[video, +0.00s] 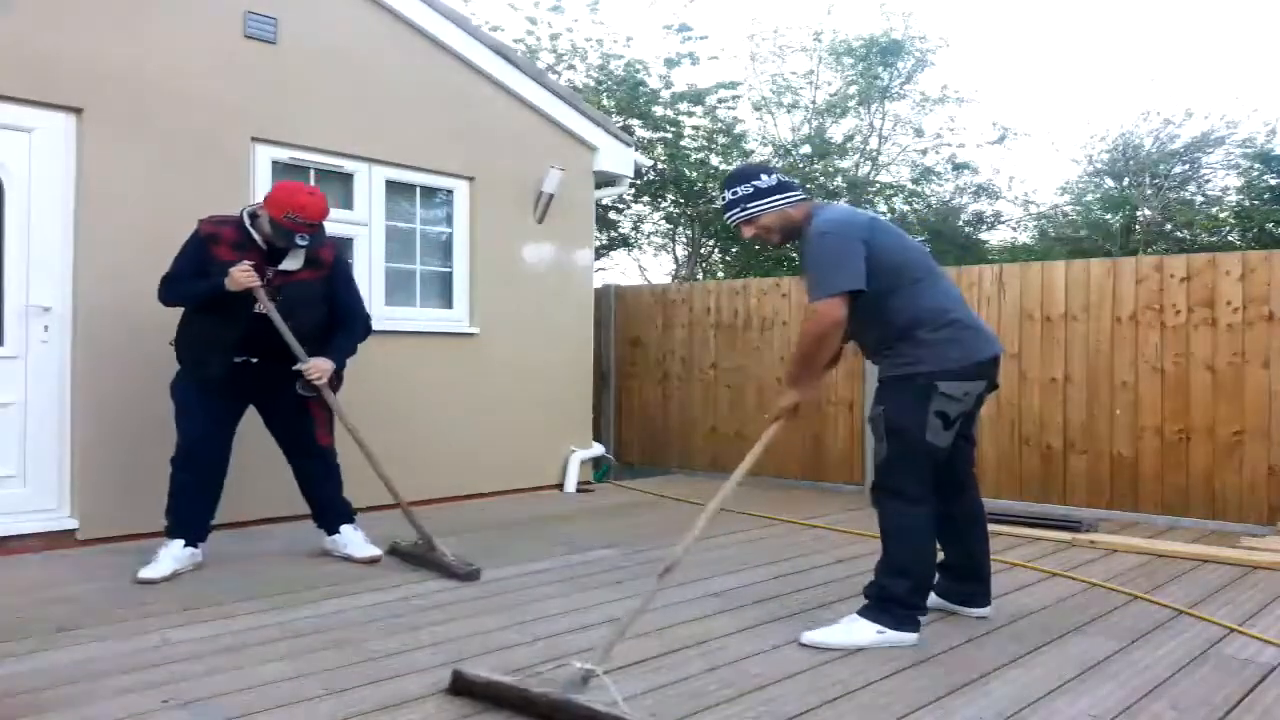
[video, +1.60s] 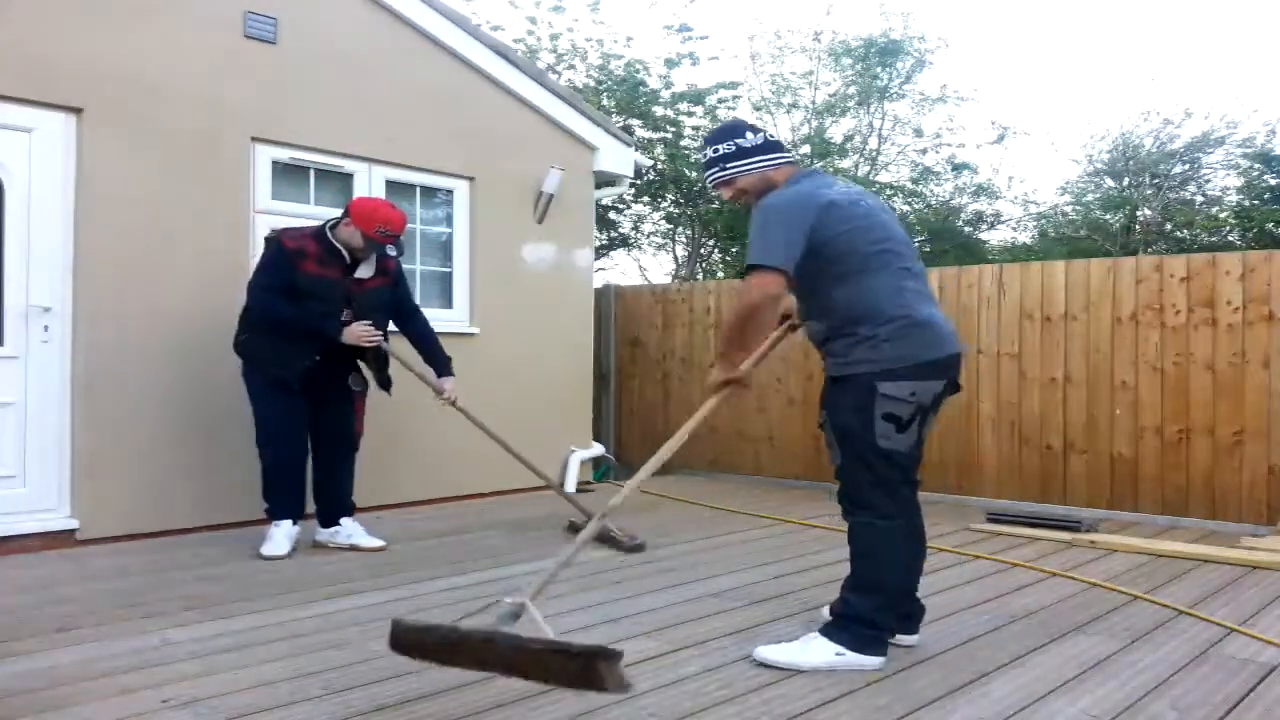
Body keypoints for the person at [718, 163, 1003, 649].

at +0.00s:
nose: (751, 235)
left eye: (749, 222)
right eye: (743, 229)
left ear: (773, 203)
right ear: (779, 202)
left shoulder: (828, 229)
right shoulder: (843, 223)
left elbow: (828, 318)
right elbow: (849, 326)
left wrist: (797, 382)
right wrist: (804, 383)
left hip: (926, 365)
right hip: (962, 358)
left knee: (901, 487)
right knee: (951, 480)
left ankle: (892, 614)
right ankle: (966, 590)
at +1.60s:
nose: (727, 197)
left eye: (727, 184)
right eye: (720, 188)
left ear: (753, 166)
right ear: (774, 161)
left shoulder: (784, 203)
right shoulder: (833, 190)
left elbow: (765, 289)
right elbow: (870, 267)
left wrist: (728, 357)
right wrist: (807, 305)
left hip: (881, 363)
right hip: (922, 356)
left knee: (871, 498)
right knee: (890, 493)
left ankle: (859, 636)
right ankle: (896, 615)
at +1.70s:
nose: (736, 193)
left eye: (735, 180)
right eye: (730, 185)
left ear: (761, 159)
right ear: (780, 155)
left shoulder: (783, 203)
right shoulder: (853, 186)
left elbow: (760, 305)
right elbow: (877, 263)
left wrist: (753, 362)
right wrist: (827, 307)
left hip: (865, 364)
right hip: (913, 356)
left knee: (858, 498)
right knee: (876, 492)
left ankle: (861, 637)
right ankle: (871, 613)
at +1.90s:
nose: (735, 192)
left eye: (735, 178)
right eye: (728, 183)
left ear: (764, 162)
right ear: (785, 159)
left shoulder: (775, 210)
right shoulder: (862, 188)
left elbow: (764, 313)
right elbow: (909, 224)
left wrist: (773, 362)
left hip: (843, 363)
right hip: (907, 357)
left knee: (784, 483)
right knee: (866, 485)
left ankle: (842, 622)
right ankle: (883, 617)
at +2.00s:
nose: (722, 198)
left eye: (722, 185)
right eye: (717, 189)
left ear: (751, 169)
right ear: (774, 166)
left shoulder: (762, 216)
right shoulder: (847, 190)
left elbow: (758, 316)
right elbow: (907, 228)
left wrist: (763, 371)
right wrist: (862, 294)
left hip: (833, 361)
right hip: (902, 356)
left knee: (767, 476)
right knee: (864, 483)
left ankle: (791, 623)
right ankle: (878, 616)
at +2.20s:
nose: (683, 214)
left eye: (682, 202)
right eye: (677, 207)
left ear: (705, 184)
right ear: (728, 178)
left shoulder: (722, 223)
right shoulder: (811, 200)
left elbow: (713, 324)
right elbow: (866, 267)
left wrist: (712, 389)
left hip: (814, 361)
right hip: (884, 356)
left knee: (761, 487)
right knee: (860, 488)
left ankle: (712, 617)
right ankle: (878, 616)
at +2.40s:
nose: (630, 222)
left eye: (627, 210)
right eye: (623, 214)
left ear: (647, 190)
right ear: (667, 183)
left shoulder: (677, 225)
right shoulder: (742, 205)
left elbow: (662, 329)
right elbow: (784, 282)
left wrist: (648, 401)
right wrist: (743, 341)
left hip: (778, 361)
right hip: (845, 354)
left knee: (726, 489)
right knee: (840, 491)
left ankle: (704, 620)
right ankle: (874, 616)